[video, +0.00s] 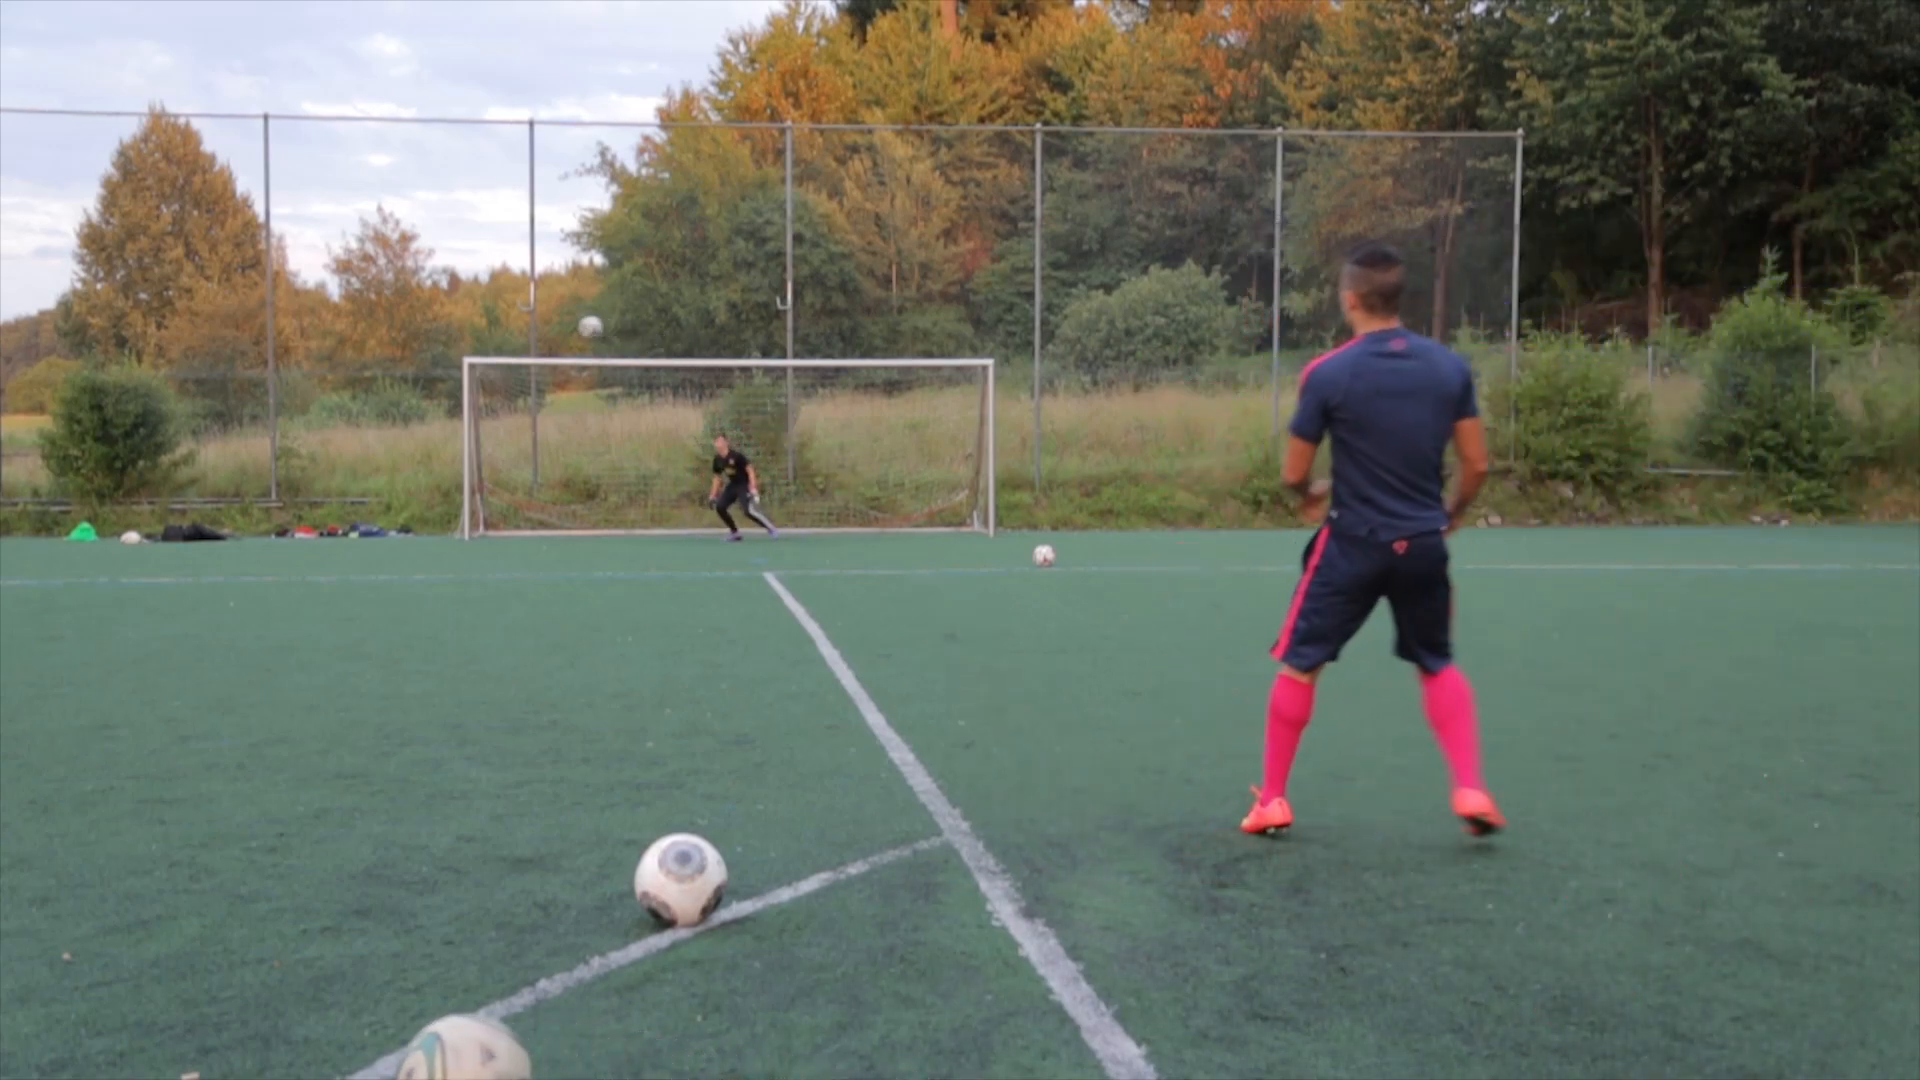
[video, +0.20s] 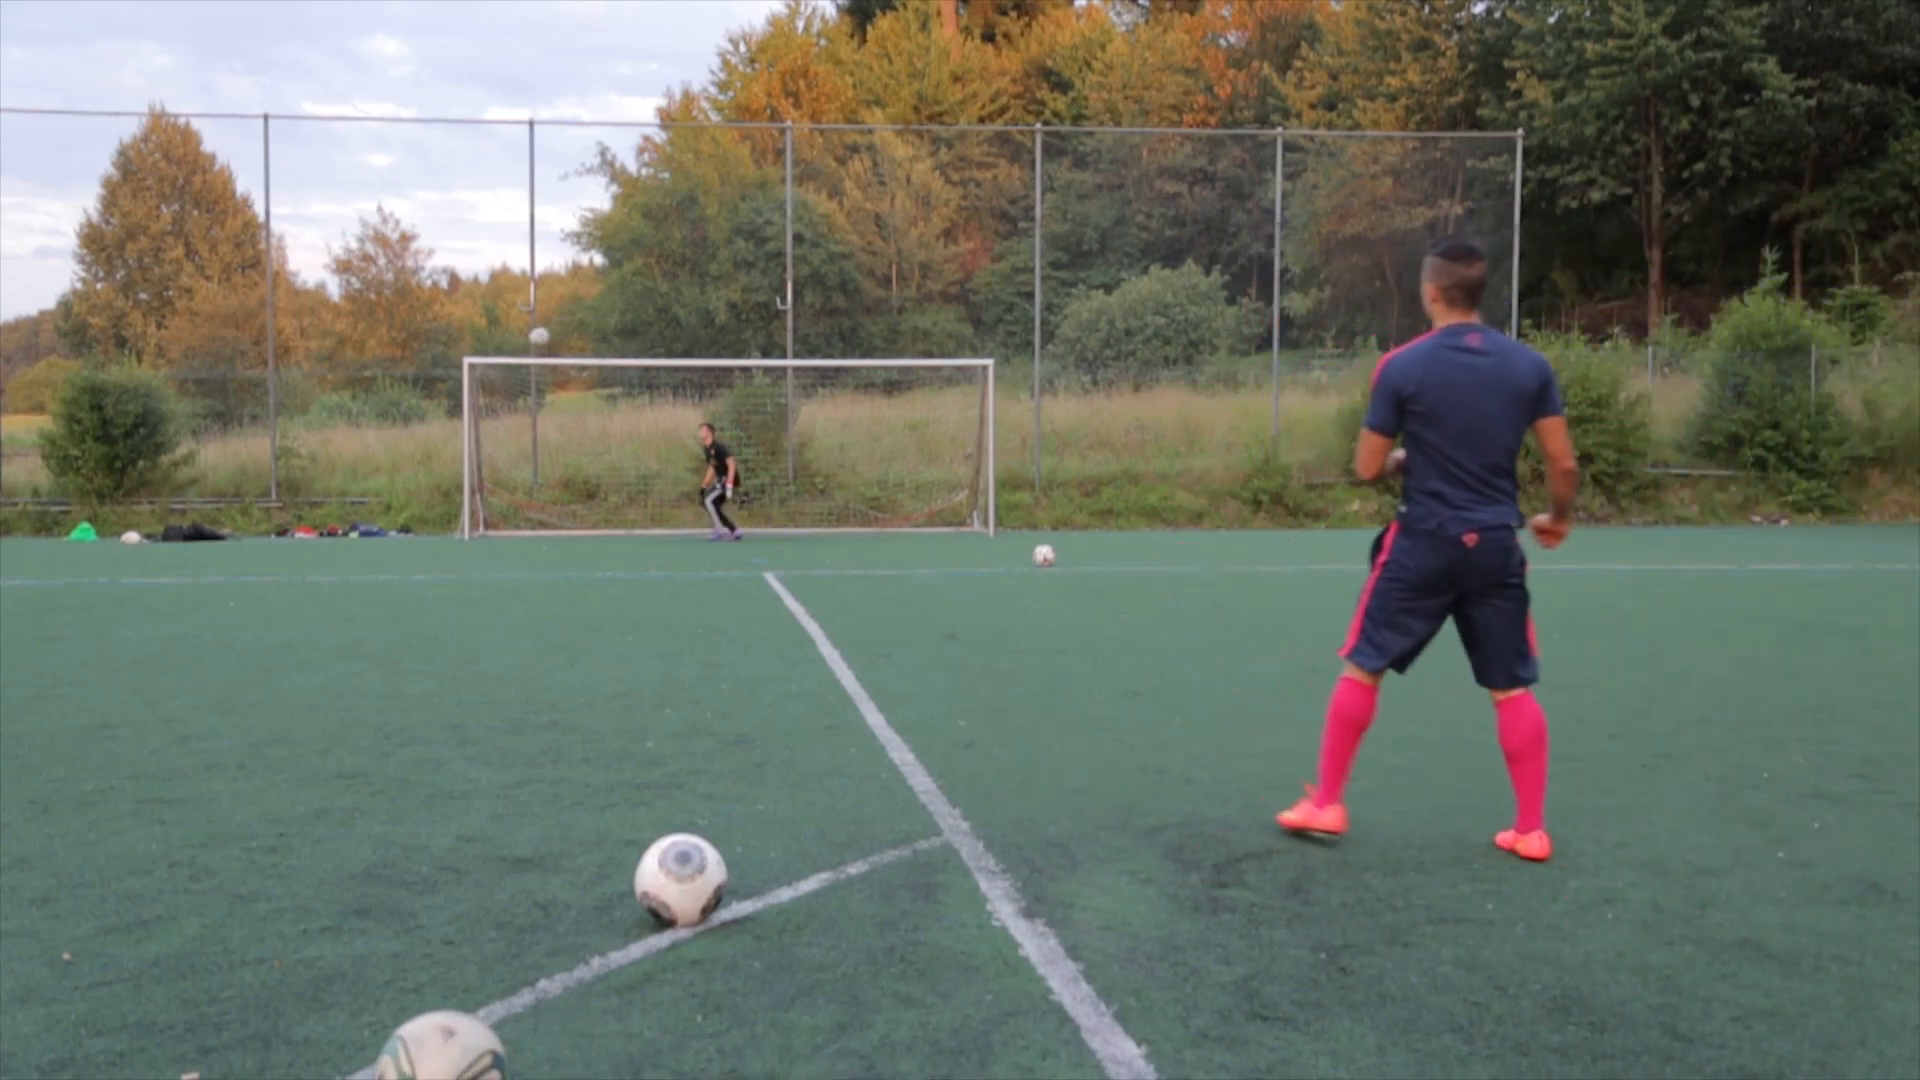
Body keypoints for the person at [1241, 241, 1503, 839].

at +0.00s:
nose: (1341, 303)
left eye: (1342, 297)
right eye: (1346, 295)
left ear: (1349, 301)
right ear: (1400, 298)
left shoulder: (1328, 373)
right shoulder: (1449, 368)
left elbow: (1295, 475)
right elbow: (1475, 465)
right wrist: (1450, 515)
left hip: (1351, 546)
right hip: (1424, 546)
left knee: (1300, 662)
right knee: (1436, 661)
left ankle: (1272, 797)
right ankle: (1470, 788)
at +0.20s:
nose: (1423, 296)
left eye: (1423, 289)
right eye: (1428, 289)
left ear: (1430, 293)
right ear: (1481, 294)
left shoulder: (1402, 367)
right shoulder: (1527, 365)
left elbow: (1367, 467)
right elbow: (1563, 462)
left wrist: (1400, 458)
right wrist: (1558, 516)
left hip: (1421, 546)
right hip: (1497, 550)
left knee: (1363, 666)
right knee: (1512, 683)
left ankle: (1326, 801)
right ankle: (1531, 829)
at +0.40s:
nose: (1476, 288)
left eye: (1477, 280)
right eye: (1484, 281)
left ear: (1481, 284)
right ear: (1535, 285)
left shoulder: (1451, 358)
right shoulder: (1578, 358)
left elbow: (1423, 468)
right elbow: (1613, 460)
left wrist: (1438, 497)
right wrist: (1609, 518)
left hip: (1468, 543)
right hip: (1540, 547)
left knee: (1429, 669)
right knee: (1537, 686)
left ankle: (1466, 788)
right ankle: (1536, 832)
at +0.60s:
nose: (1509, 286)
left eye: (1510, 278)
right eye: (1517, 278)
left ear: (1515, 283)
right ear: (1570, 287)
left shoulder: (1485, 359)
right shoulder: (1610, 361)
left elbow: (1457, 469)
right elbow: (1641, 465)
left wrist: (1447, 511)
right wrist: (1623, 527)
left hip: (1508, 544)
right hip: (1576, 546)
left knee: (1495, 685)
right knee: (1557, 689)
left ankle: (1592, 819)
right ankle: (1541, 830)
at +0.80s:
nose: (1505, 317)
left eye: (1506, 309)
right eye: (1510, 308)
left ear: (1512, 314)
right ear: (1568, 314)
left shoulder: (1509, 376)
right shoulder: (1605, 372)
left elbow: (1529, 463)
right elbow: (1661, 466)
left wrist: (1494, 523)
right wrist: (1621, 529)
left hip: (1574, 556)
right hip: (1628, 554)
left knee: (1509, 704)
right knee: (1582, 679)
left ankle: (1609, 842)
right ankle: (1662, 801)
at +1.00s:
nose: (1498, 371)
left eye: (1500, 363)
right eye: (1500, 363)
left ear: (1508, 371)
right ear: (1562, 373)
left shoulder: (1524, 434)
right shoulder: (1592, 424)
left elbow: (1553, 529)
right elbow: (1606, 527)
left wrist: (1487, 556)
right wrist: (1510, 551)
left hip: (1617, 605)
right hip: (1664, 603)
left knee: (1505, 728)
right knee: (1610, 725)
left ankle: (1623, 846)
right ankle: (1708, 848)